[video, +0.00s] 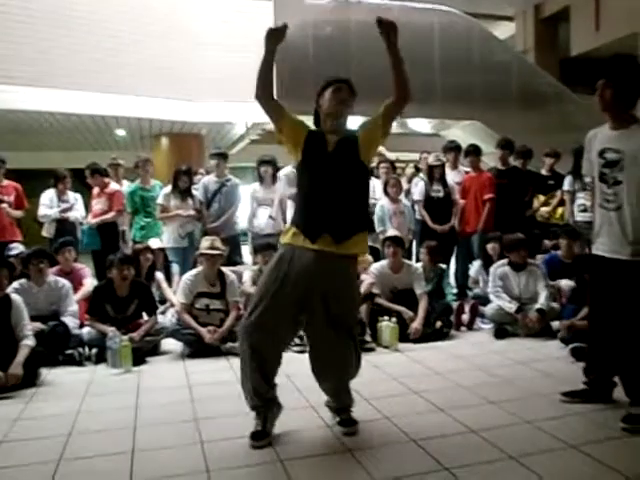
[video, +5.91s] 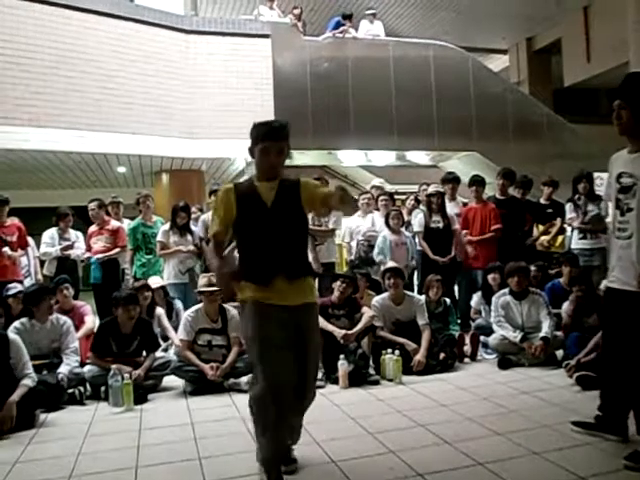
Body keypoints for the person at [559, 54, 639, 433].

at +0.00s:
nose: (600, 99)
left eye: (605, 92)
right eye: (599, 93)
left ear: (623, 96)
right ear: (602, 97)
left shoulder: (636, 136)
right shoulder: (594, 138)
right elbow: (588, 183)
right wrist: (586, 208)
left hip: (631, 251)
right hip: (602, 248)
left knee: (633, 329)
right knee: (600, 321)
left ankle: (637, 401)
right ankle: (599, 384)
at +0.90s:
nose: (584, 143)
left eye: (589, 135)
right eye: (583, 135)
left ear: (607, 137)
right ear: (587, 139)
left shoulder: (629, 180)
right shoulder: (585, 179)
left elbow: (634, 233)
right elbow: (579, 226)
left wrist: (632, 276)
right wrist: (577, 262)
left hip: (623, 288)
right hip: (592, 286)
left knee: (628, 367)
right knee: (598, 364)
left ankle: (637, 433)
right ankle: (606, 429)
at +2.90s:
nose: (558, 130)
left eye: (564, 124)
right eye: (557, 125)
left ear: (584, 129)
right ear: (558, 131)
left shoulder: (605, 165)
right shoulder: (562, 176)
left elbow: (628, 212)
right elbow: (563, 221)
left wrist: (616, 258)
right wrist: (561, 257)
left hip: (601, 276)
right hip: (571, 276)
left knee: (606, 345)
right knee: (577, 345)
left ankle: (620, 411)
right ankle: (596, 408)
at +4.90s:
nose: (570, 123)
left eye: (575, 116)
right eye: (570, 117)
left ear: (594, 120)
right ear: (584, 123)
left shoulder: (624, 160)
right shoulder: (578, 169)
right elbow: (579, 223)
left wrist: (635, 264)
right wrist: (575, 271)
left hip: (621, 281)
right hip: (588, 280)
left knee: (627, 356)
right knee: (589, 351)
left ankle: (639, 431)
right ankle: (602, 412)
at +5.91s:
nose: (616, 118)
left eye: (621, 111)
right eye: (615, 112)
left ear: (637, 115)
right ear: (619, 118)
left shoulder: (634, 162)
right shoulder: (618, 160)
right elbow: (614, 218)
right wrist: (595, 225)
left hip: (635, 282)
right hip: (617, 279)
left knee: (634, 360)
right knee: (615, 354)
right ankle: (611, 418)